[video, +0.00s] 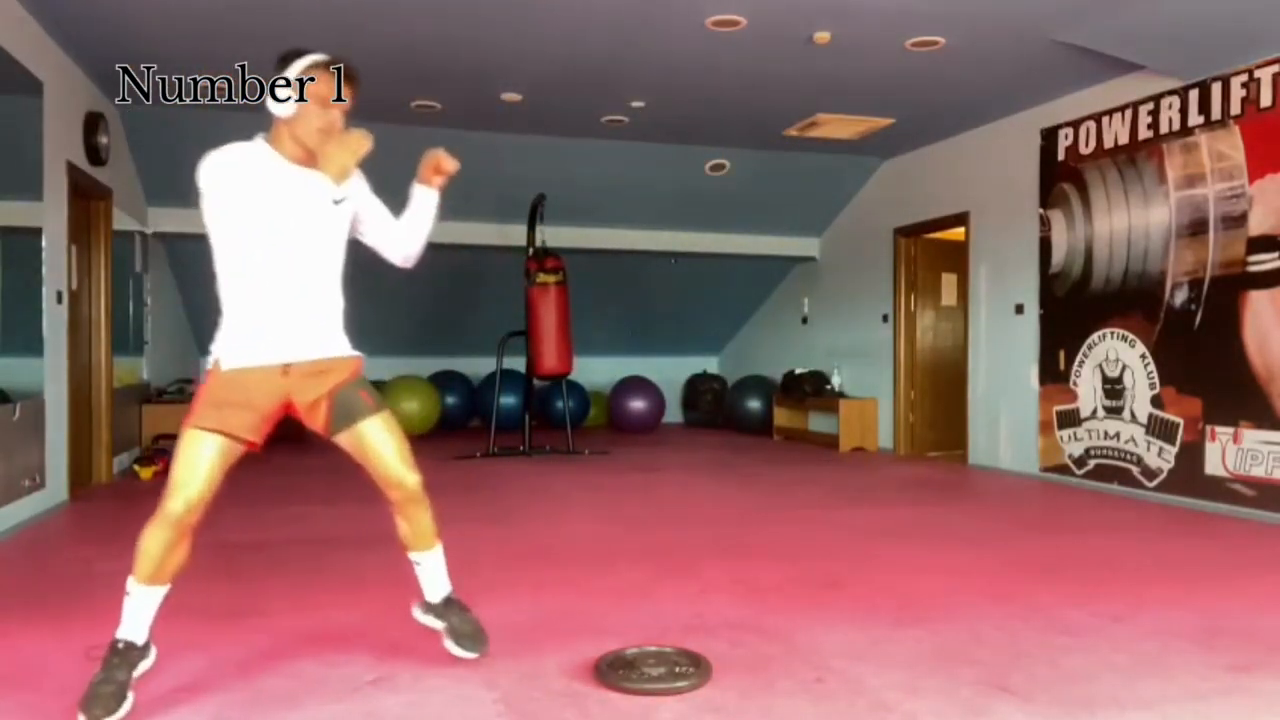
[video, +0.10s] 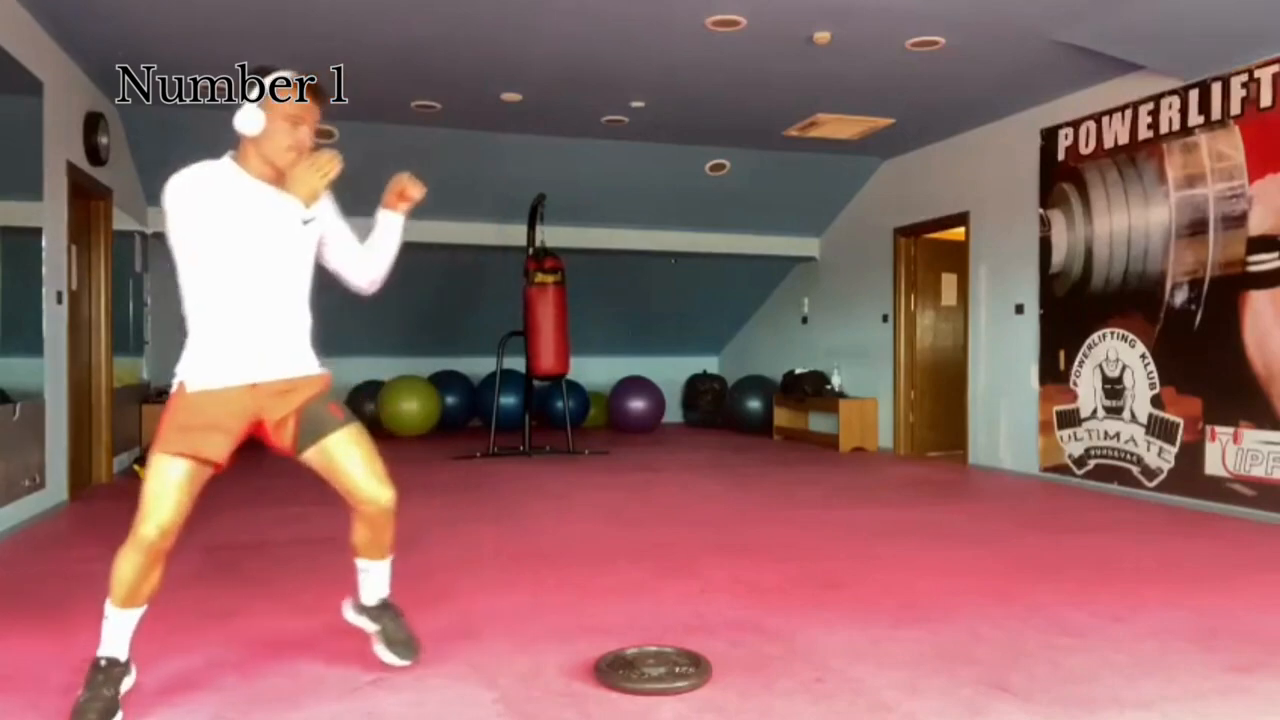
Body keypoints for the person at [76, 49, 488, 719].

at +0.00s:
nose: (342, 116)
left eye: (346, 105)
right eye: (332, 100)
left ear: (341, 112)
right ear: (286, 98)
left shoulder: (341, 177)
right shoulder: (223, 168)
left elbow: (402, 249)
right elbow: (257, 230)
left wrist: (428, 188)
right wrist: (334, 167)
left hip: (329, 367)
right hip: (241, 372)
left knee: (407, 483)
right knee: (179, 507)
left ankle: (439, 598)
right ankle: (129, 644)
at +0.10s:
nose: (308, 142)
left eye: (314, 130)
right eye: (295, 126)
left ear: (316, 134)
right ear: (253, 123)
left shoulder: (308, 197)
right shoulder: (190, 188)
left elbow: (364, 274)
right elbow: (217, 261)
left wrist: (392, 214)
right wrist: (298, 195)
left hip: (298, 383)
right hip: (208, 391)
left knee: (378, 497)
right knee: (151, 532)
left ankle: (373, 603)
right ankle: (110, 661)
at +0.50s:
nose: (357, 141)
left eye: (363, 129)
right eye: (348, 124)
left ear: (359, 129)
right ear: (306, 112)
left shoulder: (339, 194)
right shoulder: (238, 172)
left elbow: (382, 274)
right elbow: (286, 255)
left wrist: (410, 207)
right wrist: (360, 184)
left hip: (316, 378)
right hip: (237, 385)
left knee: (392, 489)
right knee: (200, 526)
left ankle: (419, 627)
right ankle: (149, 635)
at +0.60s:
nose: (396, 179)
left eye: (403, 168)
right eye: (386, 162)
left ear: (400, 173)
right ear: (346, 156)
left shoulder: (360, 235)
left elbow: (368, 320)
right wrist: (415, 233)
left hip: (335, 409)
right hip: (262, 419)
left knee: (430, 508)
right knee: (215, 544)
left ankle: (427, 648)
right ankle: (154, 644)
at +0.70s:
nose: (451, 184)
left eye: (459, 171)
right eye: (441, 166)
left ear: (458, 175)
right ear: (402, 158)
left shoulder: (411, 235)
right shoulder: (342, 215)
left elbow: (438, 318)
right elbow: (397, 314)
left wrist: (474, 254)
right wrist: (457, 242)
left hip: (378, 407)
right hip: (311, 416)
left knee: (462, 516)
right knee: (269, 564)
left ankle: (427, 648)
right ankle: (171, 625)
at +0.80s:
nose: (495, 184)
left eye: (502, 173)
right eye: (486, 167)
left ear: (497, 174)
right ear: (446, 160)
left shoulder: (458, 226)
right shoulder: (383, 214)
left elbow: (538, 247)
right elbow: (440, 314)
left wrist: (615, 209)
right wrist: (490, 233)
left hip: (417, 399)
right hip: (356, 407)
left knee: (482, 523)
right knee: (386, 543)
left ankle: (428, 651)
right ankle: (277, 632)